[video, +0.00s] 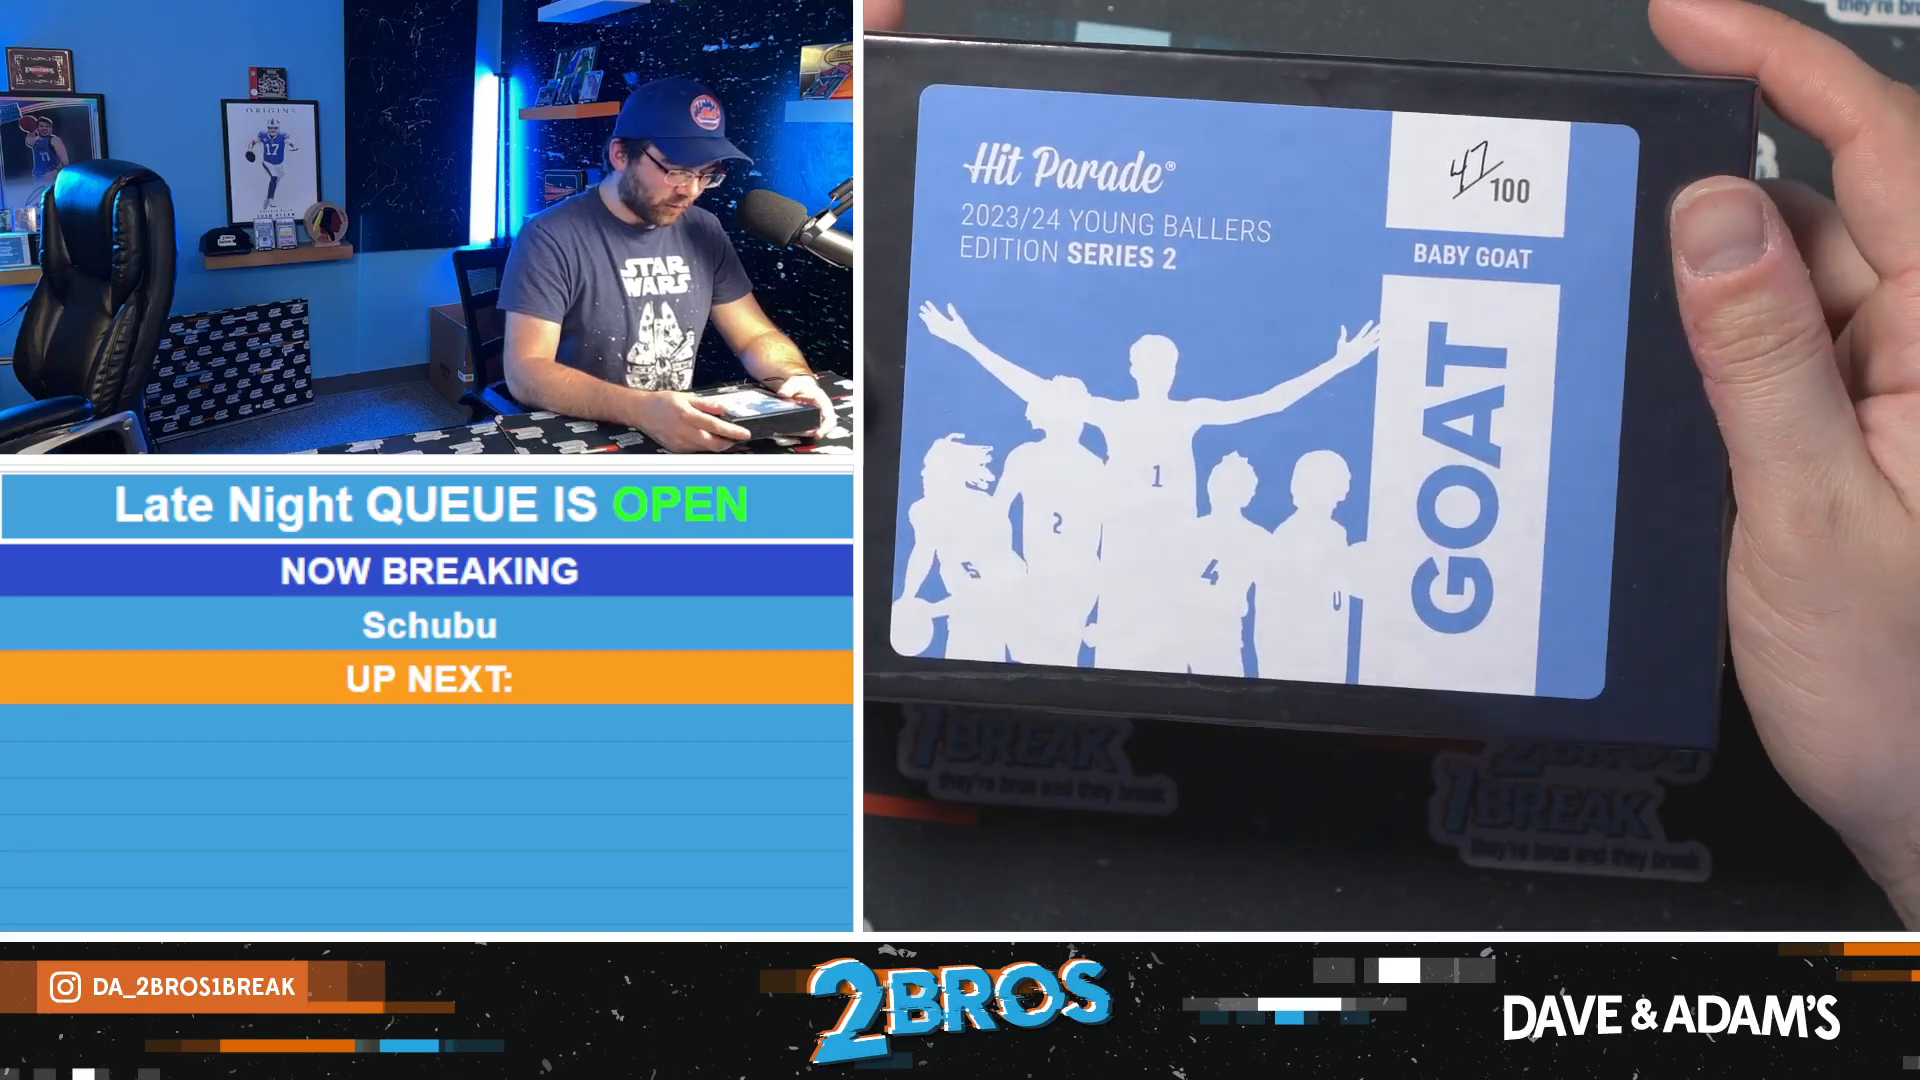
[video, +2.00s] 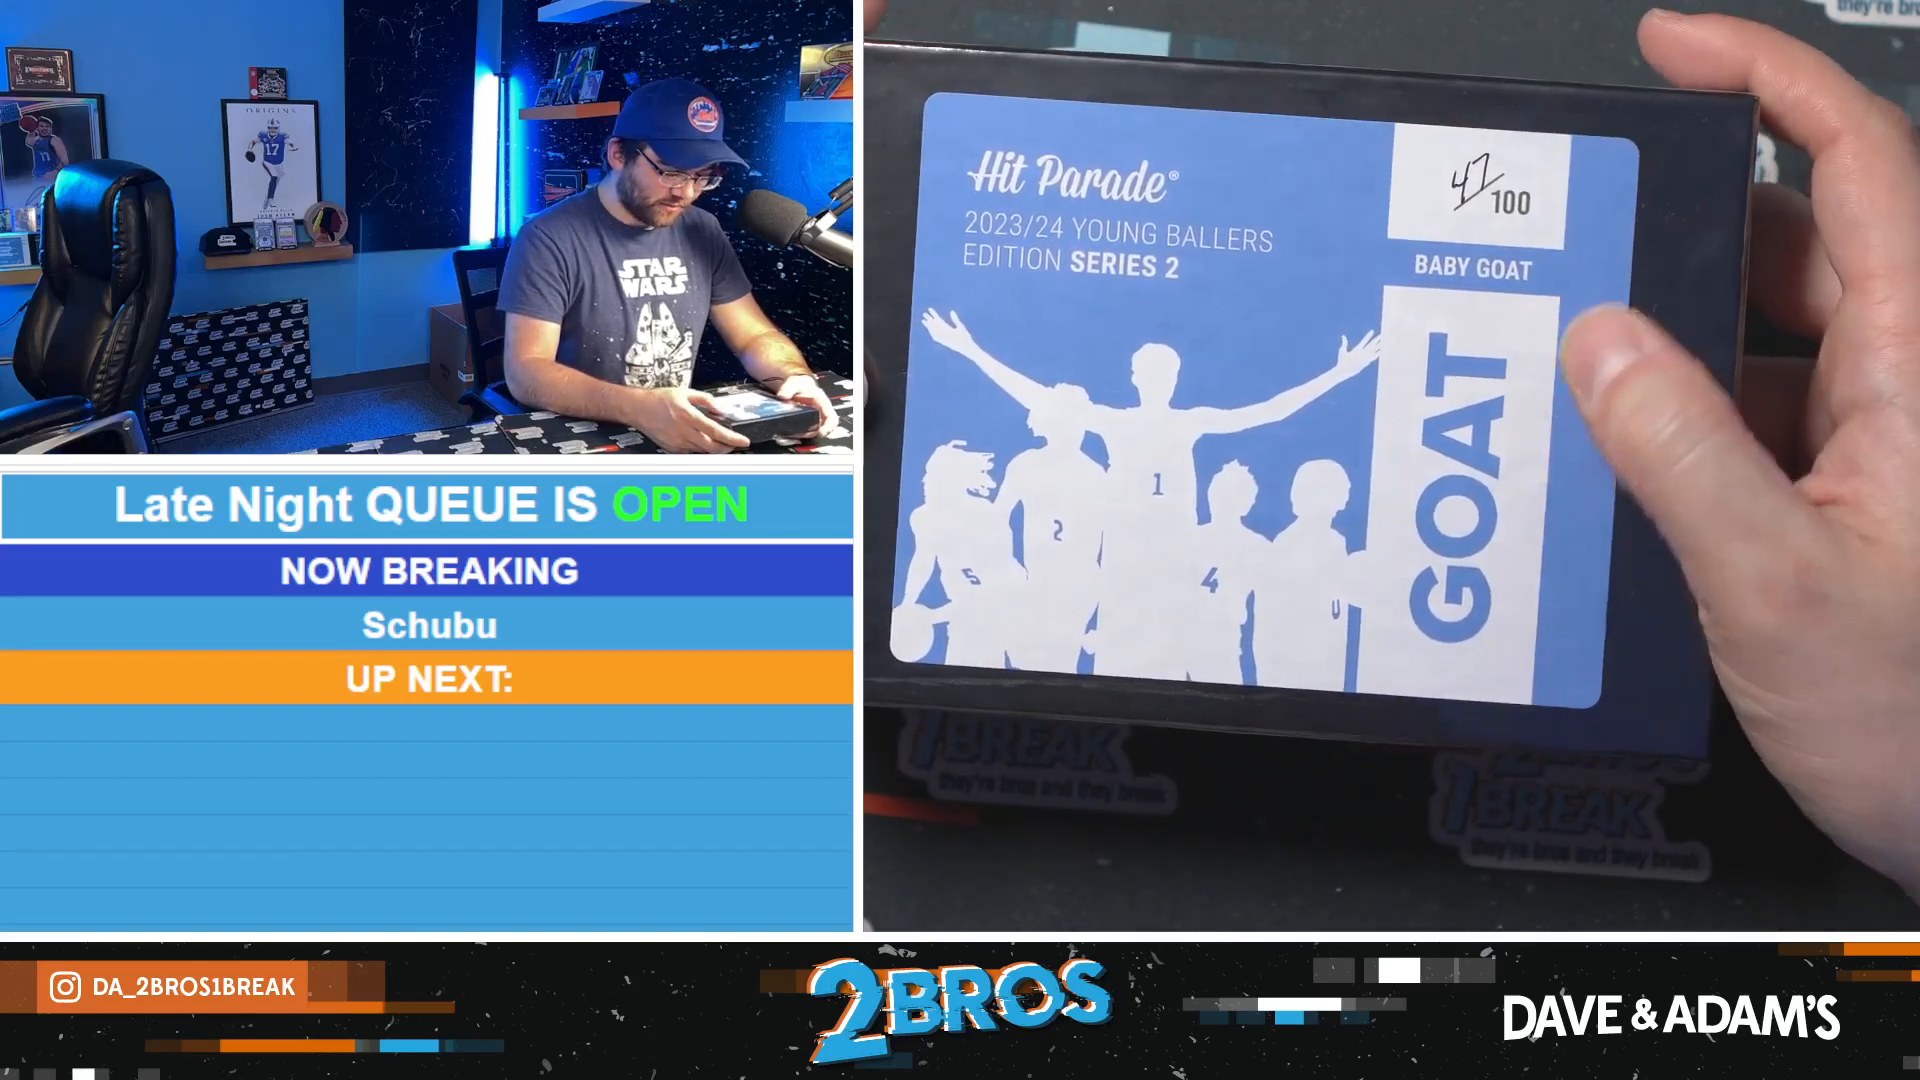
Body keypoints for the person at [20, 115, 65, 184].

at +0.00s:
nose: (44, 128)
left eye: (47, 126)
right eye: (41, 126)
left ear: (50, 128)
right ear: (37, 128)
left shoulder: (55, 140)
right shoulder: (35, 140)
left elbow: (64, 160)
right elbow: (28, 142)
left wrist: (54, 173)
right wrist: (31, 132)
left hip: (51, 177)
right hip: (37, 176)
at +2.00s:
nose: (44, 128)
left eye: (47, 126)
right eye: (41, 126)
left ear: (50, 128)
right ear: (37, 128)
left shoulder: (55, 140)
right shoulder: (35, 140)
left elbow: (64, 160)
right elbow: (28, 142)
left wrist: (54, 173)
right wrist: (31, 132)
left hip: (51, 177)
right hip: (37, 176)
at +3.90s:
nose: (44, 128)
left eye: (47, 126)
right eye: (41, 126)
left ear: (51, 128)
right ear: (37, 128)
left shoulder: (54, 140)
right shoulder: (35, 140)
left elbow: (64, 160)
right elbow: (28, 142)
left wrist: (54, 173)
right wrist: (31, 133)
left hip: (50, 177)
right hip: (37, 176)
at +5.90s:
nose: (44, 128)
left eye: (47, 126)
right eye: (41, 126)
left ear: (50, 128)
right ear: (37, 128)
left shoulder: (54, 140)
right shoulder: (35, 140)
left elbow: (64, 160)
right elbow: (28, 141)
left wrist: (53, 173)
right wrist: (30, 132)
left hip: (50, 177)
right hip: (37, 176)